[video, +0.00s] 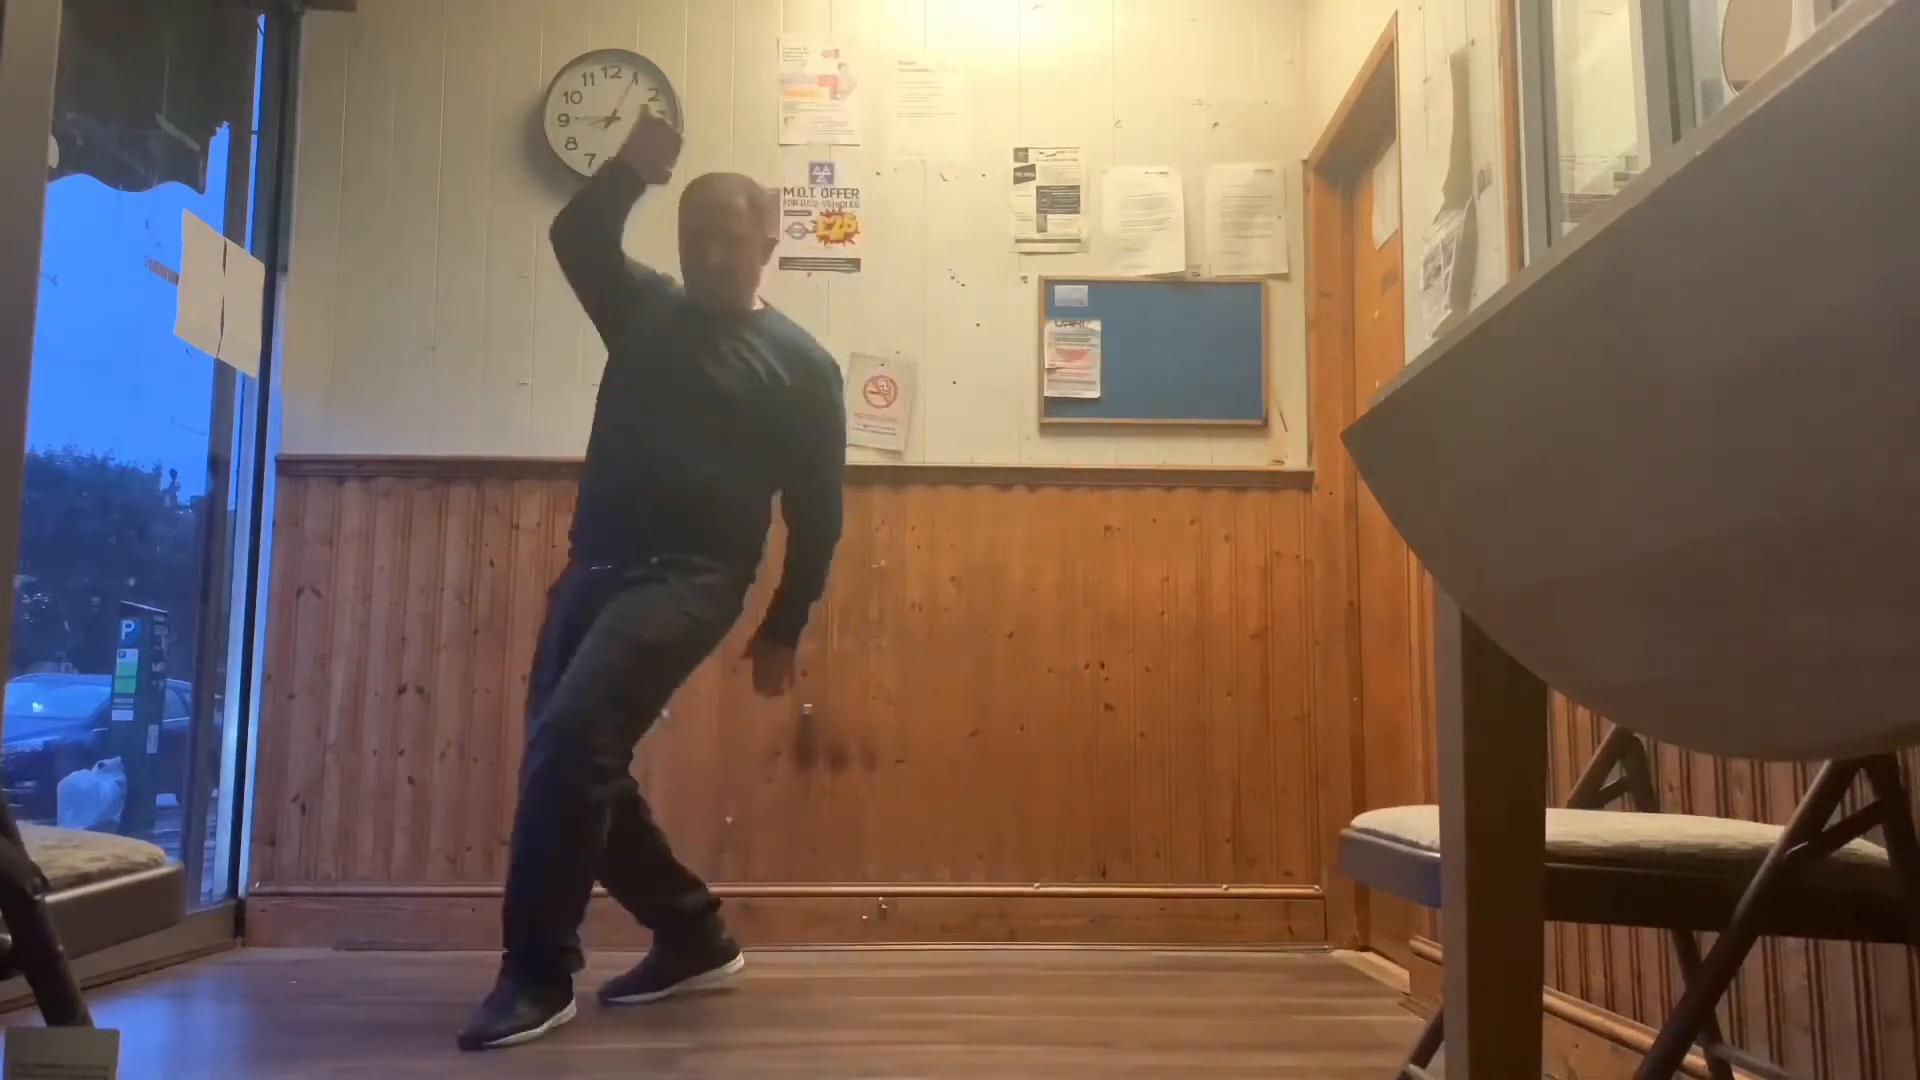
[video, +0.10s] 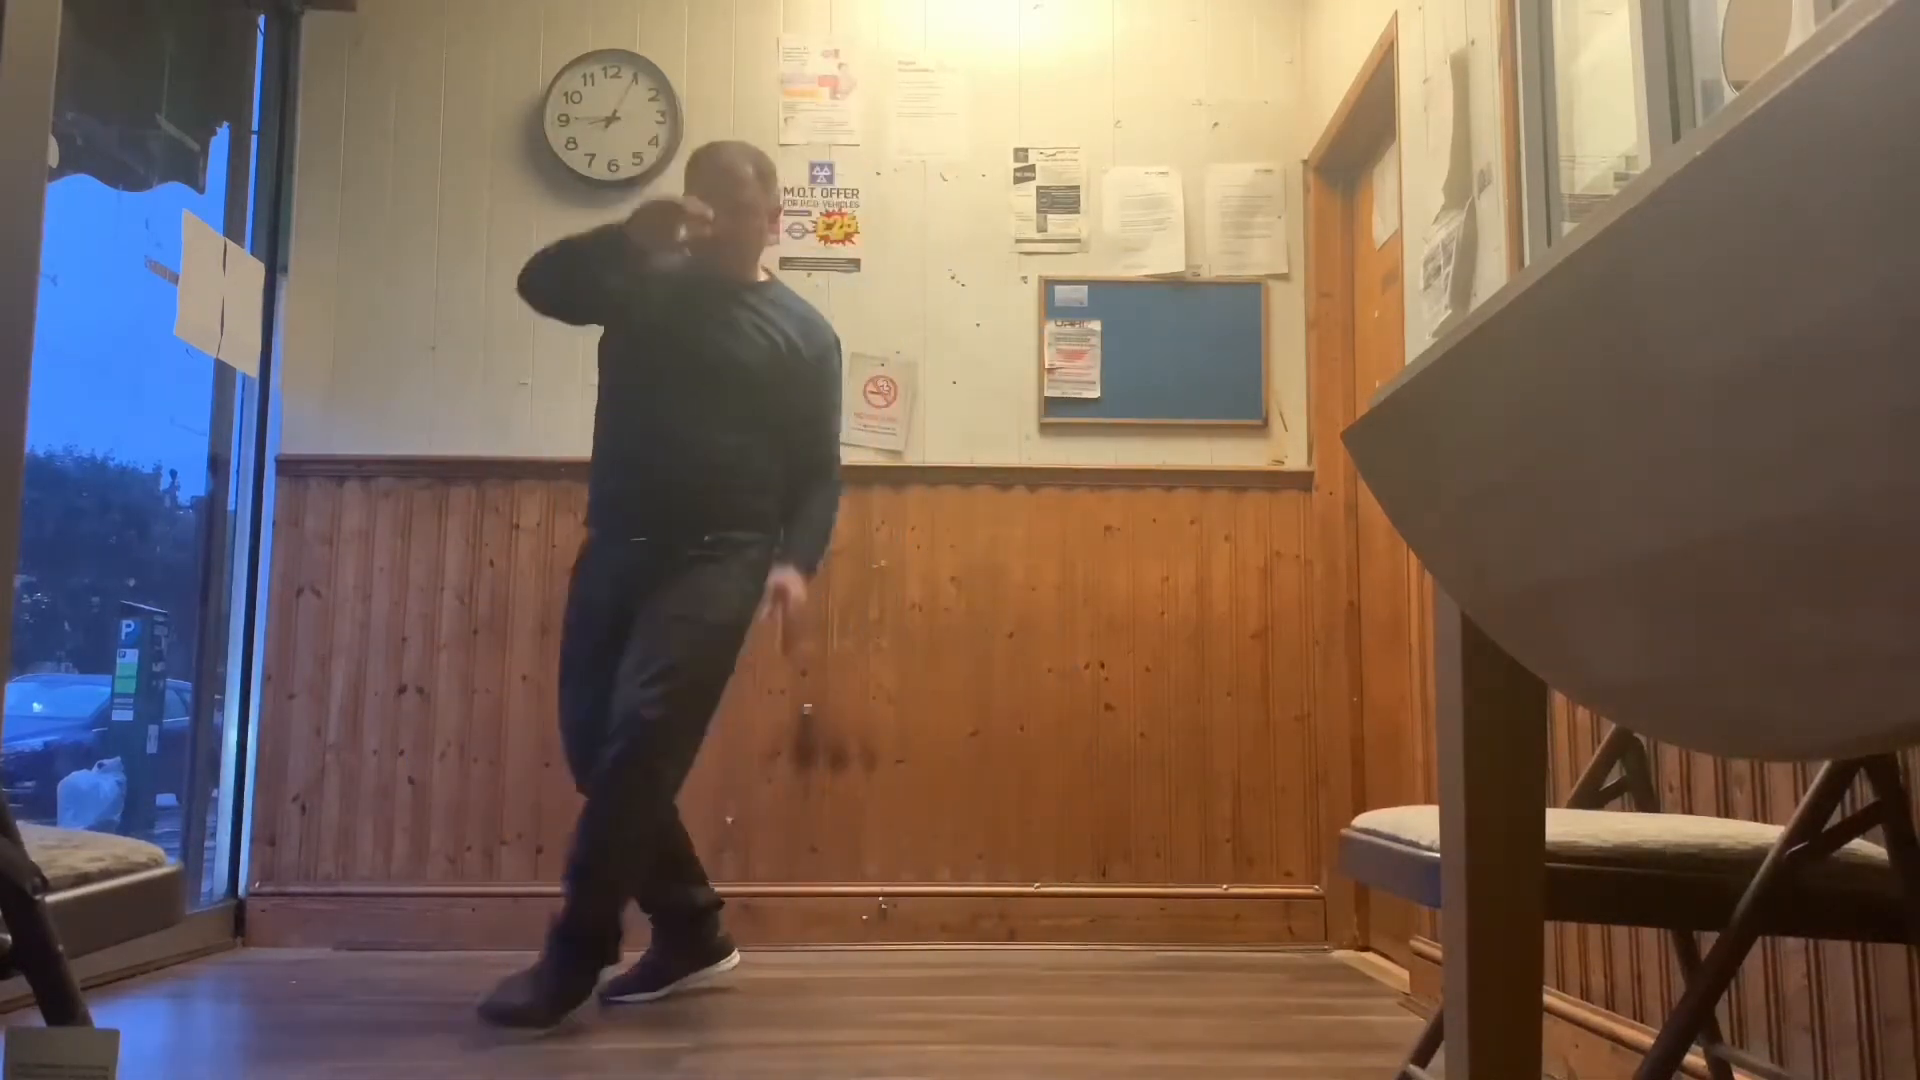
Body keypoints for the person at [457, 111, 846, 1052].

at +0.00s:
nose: (698, 255)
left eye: (718, 241)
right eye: (692, 237)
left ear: (765, 246)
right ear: (681, 238)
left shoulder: (802, 370)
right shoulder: (642, 312)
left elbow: (816, 518)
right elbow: (581, 240)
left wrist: (784, 628)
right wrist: (628, 171)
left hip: (691, 577)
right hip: (596, 569)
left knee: (572, 738)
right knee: (564, 757)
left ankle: (537, 978)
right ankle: (691, 929)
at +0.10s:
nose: (712, 222)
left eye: (733, 207)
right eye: (703, 206)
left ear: (774, 216)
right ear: (683, 216)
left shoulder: (804, 332)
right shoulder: (640, 289)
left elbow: (820, 467)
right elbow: (539, 281)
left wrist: (798, 554)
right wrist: (630, 239)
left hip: (723, 558)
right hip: (619, 549)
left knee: (640, 738)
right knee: (596, 744)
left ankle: (568, 963)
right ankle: (691, 928)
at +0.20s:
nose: (737, 209)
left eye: (753, 198)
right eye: (723, 196)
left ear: (783, 216)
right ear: (697, 209)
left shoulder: (807, 322)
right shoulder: (643, 294)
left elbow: (865, 455)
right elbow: (518, 321)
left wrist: (853, 432)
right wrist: (606, 281)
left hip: (744, 546)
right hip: (640, 544)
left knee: (708, 696)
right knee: (627, 749)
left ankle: (721, 910)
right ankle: (666, 937)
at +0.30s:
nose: (756, 203)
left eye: (773, 196)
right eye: (741, 189)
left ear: (793, 223)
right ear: (705, 208)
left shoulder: (812, 311)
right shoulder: (648, 287)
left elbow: (898, 412)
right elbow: (551, 267)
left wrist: (887, 400)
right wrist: (655, 201)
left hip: (768, 545)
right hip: (658, 549)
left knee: (790, 685)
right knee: (646, 765)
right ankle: (678, 942)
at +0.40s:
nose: (784, 173)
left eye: (797, 161)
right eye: (765, 157)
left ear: (811, 180)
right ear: (726, 166)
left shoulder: (831, 284)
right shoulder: (668, 255)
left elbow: (878, 384)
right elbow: (628, 192)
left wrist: (906, 461)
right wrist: (734, 117)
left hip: (806, 515)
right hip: (693, 523)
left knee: (847, 683)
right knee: (694, 737)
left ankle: (853, 841)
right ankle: (700, 929)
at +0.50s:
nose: (812, 188)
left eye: (823, 177)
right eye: (796, 171)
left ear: (830, 194)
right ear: (749, 176)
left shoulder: (845, 287)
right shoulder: (697, 261)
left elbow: (877, 415)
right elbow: (710, 169)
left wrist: (900, 537)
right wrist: (814, 82)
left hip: (829, 535)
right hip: (719, 537)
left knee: (860, 731)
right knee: (723, 746)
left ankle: (890, 929)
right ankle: (735, 927)